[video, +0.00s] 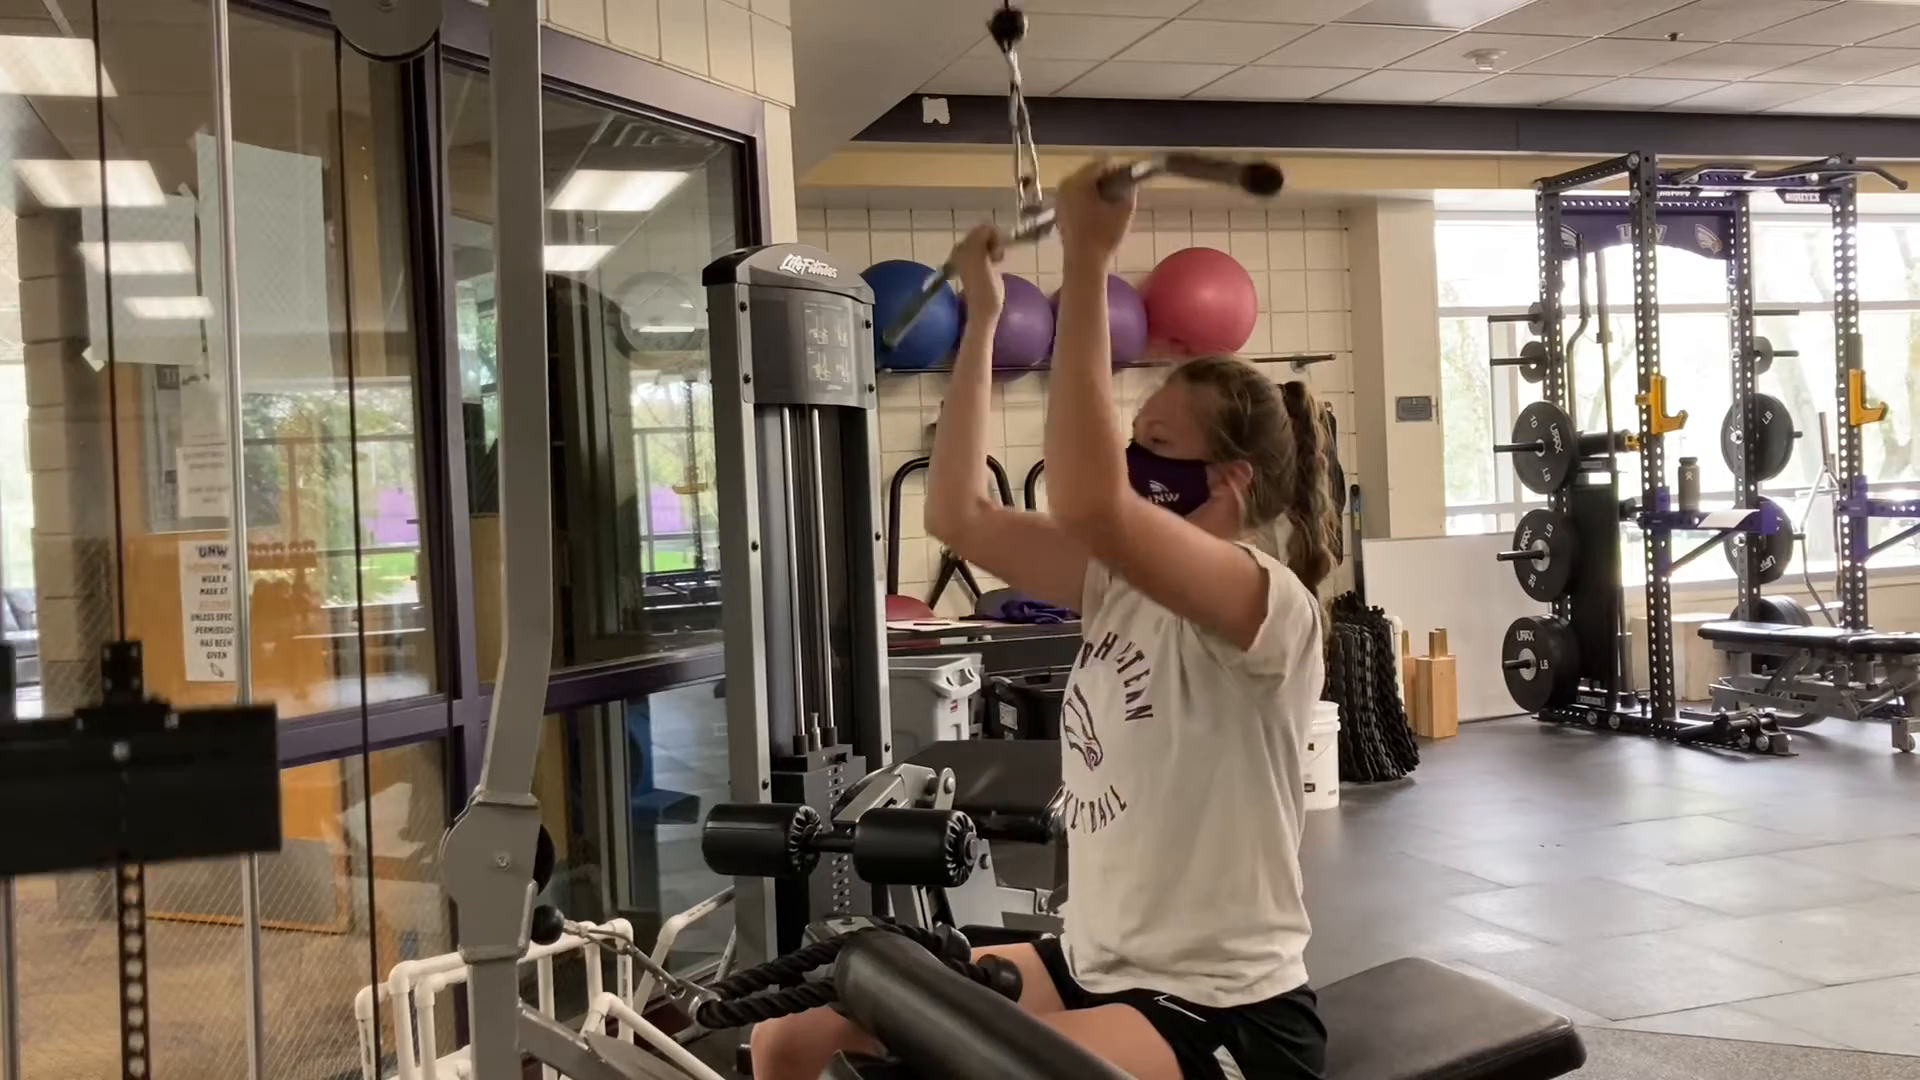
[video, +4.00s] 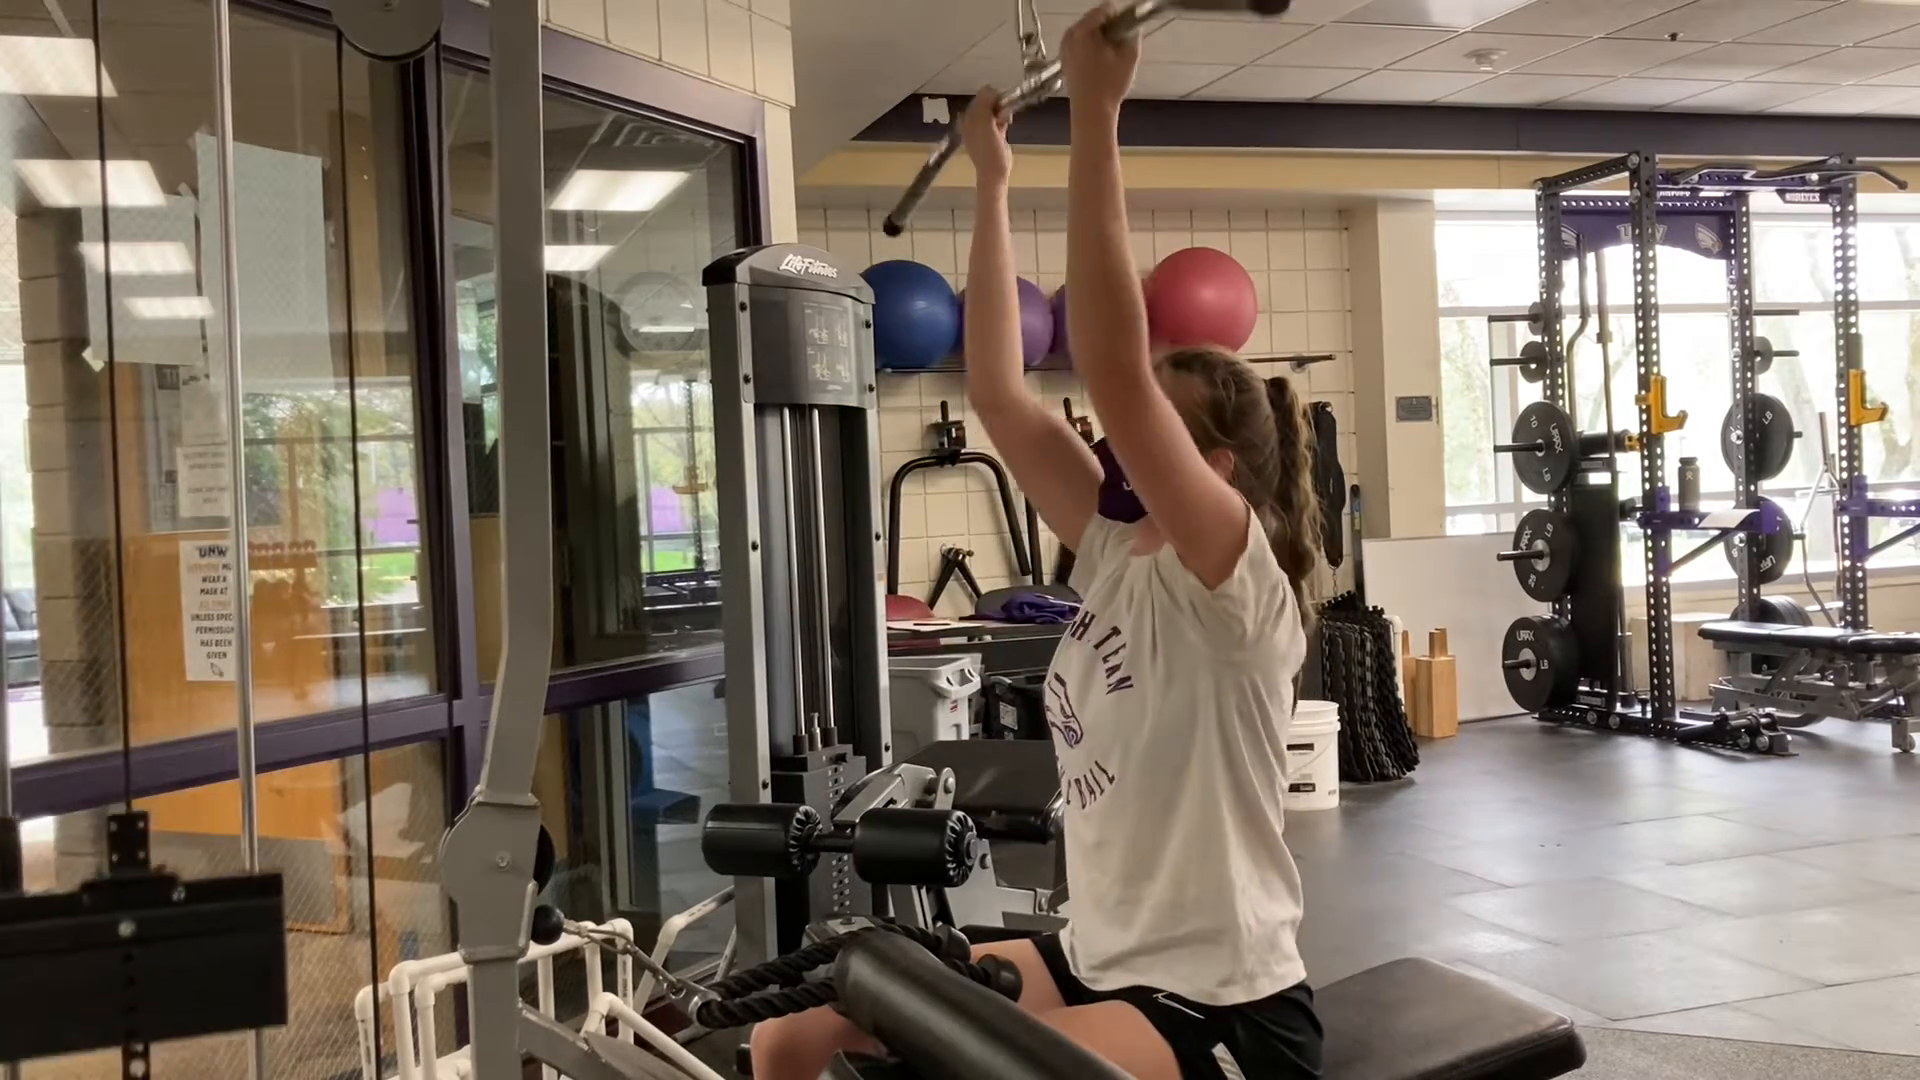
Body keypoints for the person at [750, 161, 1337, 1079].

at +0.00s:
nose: (1128, 469)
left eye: (1156, 458)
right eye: (1129, 447)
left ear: (1232, 486)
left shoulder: (1269, 607)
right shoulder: (1112, 575)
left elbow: (1091, 506)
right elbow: (959, 517)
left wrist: (1085, 264)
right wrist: (982, 319)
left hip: (1225, 1009)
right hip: (1091, 964)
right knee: (786, 1039)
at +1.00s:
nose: (1126, 441)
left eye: (1154, 417)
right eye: (1128, 420)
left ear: (1220, 454)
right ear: (1139, 438)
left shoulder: (1234, 577)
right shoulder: (1096, 545)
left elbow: (1132, 353)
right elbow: (991, 366)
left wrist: (1107, 91)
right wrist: (979, 152)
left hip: (1222, 1008)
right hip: (1093, 969)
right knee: (792, 1043)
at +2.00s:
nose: (1122, 463)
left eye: (1150, 445)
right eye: (1127, 444)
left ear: (1227, 478)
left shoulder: (1248, 620)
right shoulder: (1122, 610)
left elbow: (1196, 882)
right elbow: (1050, 827)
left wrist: (1143, 651)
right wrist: (1020, 638)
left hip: (1222, 1007)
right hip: (1097, 961)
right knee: (788, 1043)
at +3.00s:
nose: (1129, 474)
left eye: (1157, 460)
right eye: (1129, 450)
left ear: (1234, 484)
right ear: (1118, 442)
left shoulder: (1257, 600)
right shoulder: (1107, 576)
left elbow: (1093, 516)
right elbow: (951, 526)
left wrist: (1094, 275)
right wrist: (976, 330)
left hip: (1224, 1012)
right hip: (1091, 966)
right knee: (791, 1036)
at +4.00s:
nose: (1132, 451)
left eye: (1157, 425)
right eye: (1135, 430)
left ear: (1227, 458)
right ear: (1158, 451)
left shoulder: (1242, 576)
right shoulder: (1106, 543)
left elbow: (1117, 363)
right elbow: (1000, 392)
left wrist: (1094, 111)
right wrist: (991, 180)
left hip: (1222, 1008)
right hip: (1096, 967)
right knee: (792, 1040)